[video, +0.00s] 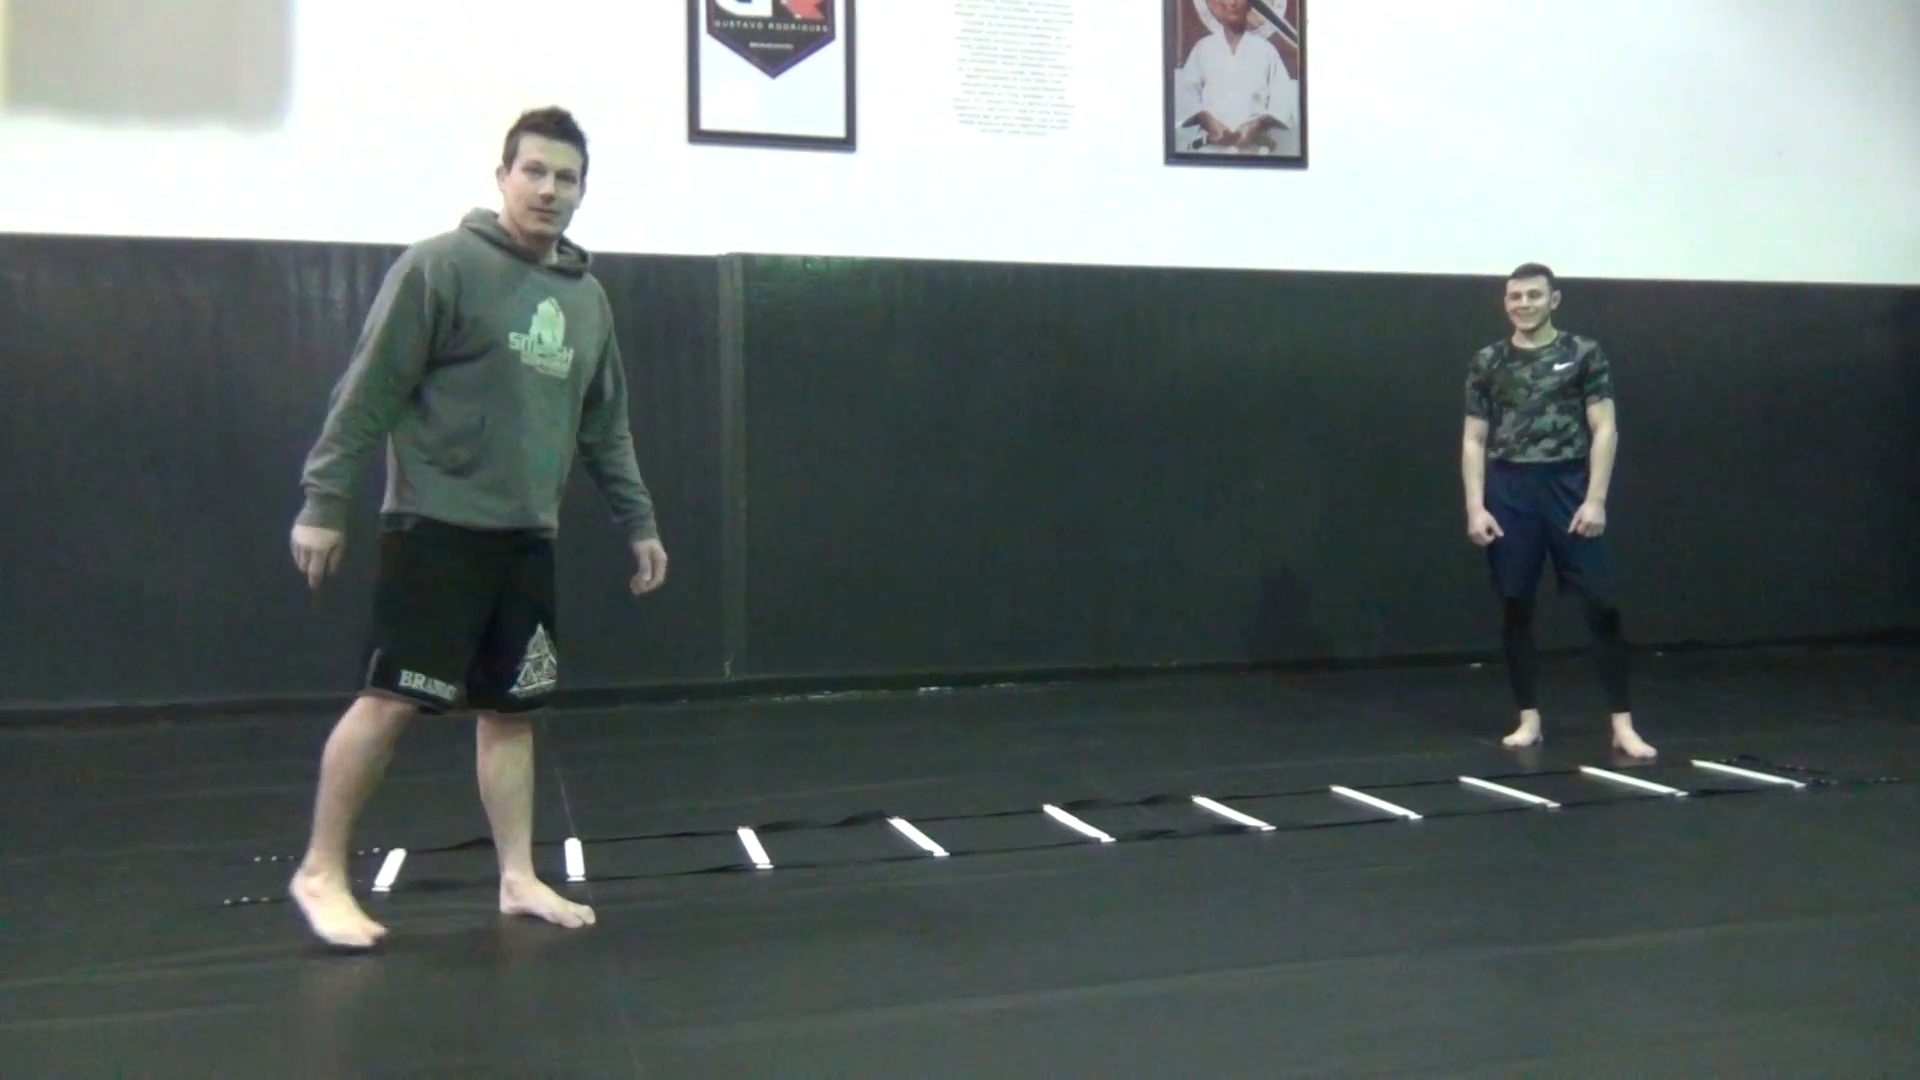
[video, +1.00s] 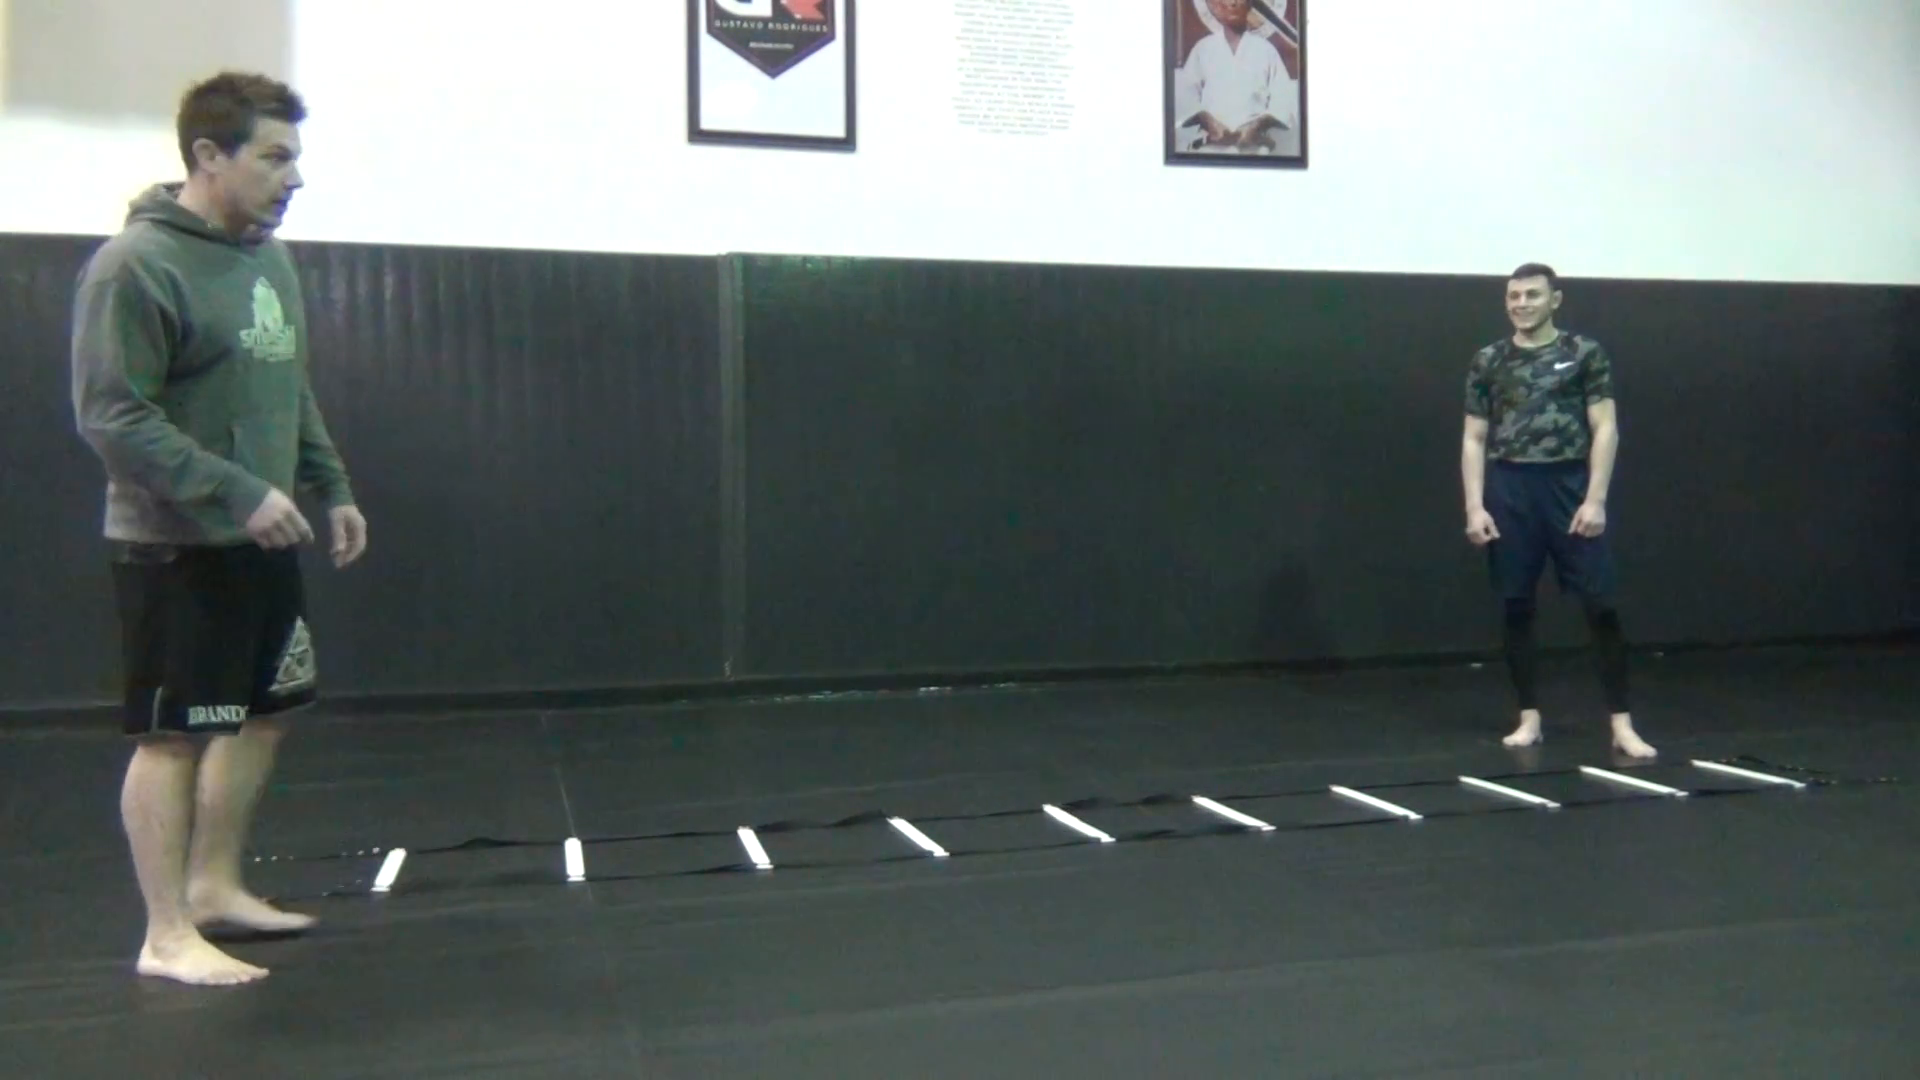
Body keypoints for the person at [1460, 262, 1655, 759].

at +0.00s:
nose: (1523, 304)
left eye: (1533, 296)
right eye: (1515, 297)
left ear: (1554, 300)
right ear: (1505, 303)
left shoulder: (1584, 353)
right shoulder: (1487, 362)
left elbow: (1604, 428)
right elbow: (1474, 440)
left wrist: (1596, 498)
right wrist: (1475, 507)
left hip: (1570, 490)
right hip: (1509, 492)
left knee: (1602, 602)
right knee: (1515, 606)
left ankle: (1621, 723)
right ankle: (1528, 718)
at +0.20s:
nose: (1525, 304)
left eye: (1535, 295)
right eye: (1516, 297)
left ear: (1554, 300)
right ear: (1505, 303)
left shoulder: (1585, 353)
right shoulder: (1487, 362)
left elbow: (1604, 428)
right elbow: (1474, 440)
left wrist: (1595, 499)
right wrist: (1474, 507)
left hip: (1570, 490)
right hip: (1509, 491)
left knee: (1602, 604)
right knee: (1516, 605)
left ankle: (1621, 724)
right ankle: (1528, 718)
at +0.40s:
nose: (1526, 304)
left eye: (1536, 295)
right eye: (1517, 296)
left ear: (1555, 300)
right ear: (1506, 303)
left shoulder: (1585, 353)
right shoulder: (1488, 362)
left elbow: (1604, 428)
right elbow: (1474, 439)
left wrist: (1595, 499)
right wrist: (1474, 506)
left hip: (1570, 490)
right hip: (1509, 491)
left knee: (1602, 602)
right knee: (1516, 604)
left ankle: (1621, 723)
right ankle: (1528, 718)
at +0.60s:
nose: (1526, 304)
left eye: (1536, 295)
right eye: (1517, 296)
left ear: (1555, 300)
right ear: (1506, 303)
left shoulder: (1585, 354)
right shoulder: (1488, 362)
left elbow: (1604, 429)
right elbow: (1474, 440)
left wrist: (1595, 499)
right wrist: (1475, 506)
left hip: (1570, 490)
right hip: (1509, 492)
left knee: (1601, 603)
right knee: (1515, 606)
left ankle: (1621, 723)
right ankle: (1528, 717)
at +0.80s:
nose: (1525, 304)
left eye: (1536, 296)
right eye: (1517, 297)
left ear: (1556, 300)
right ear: (1506, 303)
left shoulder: (1585, 353)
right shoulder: (1488, 362)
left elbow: (1604, 429)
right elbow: (1474, 439)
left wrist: (1595, 499)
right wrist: (1474, 506)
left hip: (1570, 490)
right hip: (1509, 491)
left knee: (1601, 603)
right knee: (1515, 605)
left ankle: (1621, 724)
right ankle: (1528, 718)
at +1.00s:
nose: (1521, 304)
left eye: (1532, 295)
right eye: (1514, 296)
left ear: (1555, 300)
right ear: (1506, 303)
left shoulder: (1586, 354)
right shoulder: (1488, 361)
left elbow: (1605, 428)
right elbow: (1474, 438)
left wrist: (1595, 499)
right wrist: (1474, 506)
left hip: (1571, 490)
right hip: (1509, 491)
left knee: (1601, 603)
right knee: (1516, 605)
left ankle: (1621, 722)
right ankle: (1528, 716)